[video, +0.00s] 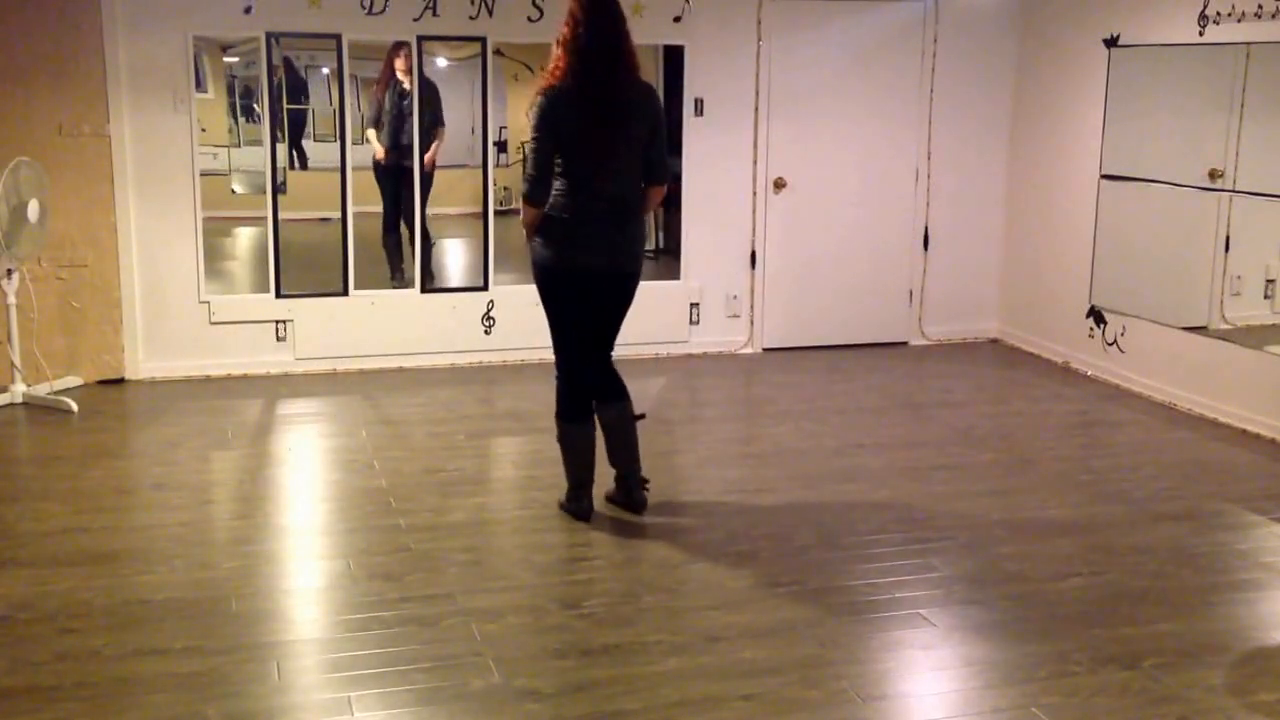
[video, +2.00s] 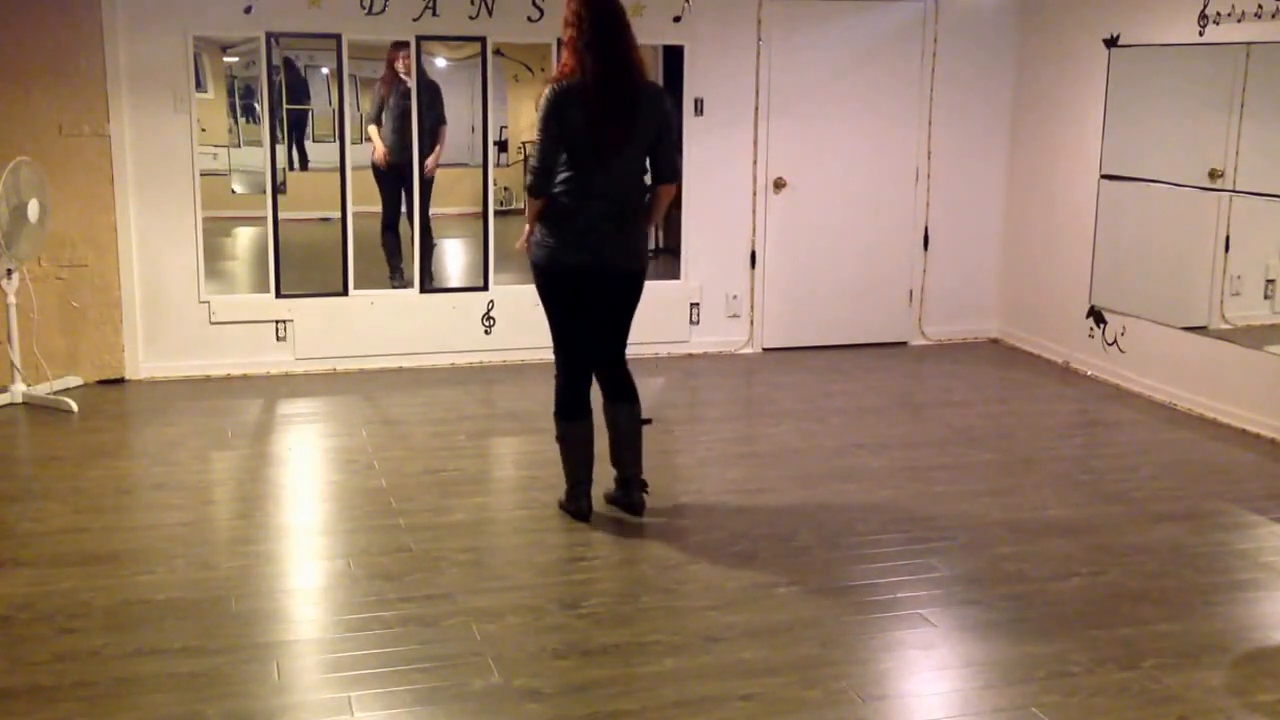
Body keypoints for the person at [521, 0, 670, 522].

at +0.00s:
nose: (558, 36)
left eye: (564, 28)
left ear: (568, 39)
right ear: (621, 38)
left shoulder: (555, 98)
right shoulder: (643, 96)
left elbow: (538, 185)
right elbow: (659, 180)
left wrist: (530, 224)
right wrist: (632, 219)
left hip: (562, 249)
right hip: (622, 251)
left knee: (572, 364)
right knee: (599, 358)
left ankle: (579, 493)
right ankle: (631, 481)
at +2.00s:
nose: (562, 38)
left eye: (566, 30)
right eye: (565, 28)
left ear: (576, 36)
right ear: (623, 34)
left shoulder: (562, 96)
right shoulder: (652, 96)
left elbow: (542, 176)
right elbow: (668, 176)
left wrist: (530, 224)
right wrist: (644, 225)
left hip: (561, 250)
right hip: (624, 251)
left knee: (572, 367)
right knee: (613, 360)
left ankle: (578, 492)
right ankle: (631, 482)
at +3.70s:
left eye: (574, 24)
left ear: (572, 34)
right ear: (624, 35)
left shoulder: (552, 94)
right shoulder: (644, 94)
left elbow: (528, 170)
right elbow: (672, 175)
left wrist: (558, 146)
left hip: (581, 254)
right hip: (645, 254)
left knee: (583, 363)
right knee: (638, 362)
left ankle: (579, 493)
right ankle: (632, 487)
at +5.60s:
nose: (572, 34)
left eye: (576, 26)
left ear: (578, 34)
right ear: (630, 35)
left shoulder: (555, 90)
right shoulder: (651, 93)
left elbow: (532, 168)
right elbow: (688, 167)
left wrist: (533, 187)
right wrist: (666, 165)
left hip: (572, 252)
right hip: (636, 254)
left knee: (576, 365)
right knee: (627, 359)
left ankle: (578, 493)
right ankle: (628, 485)